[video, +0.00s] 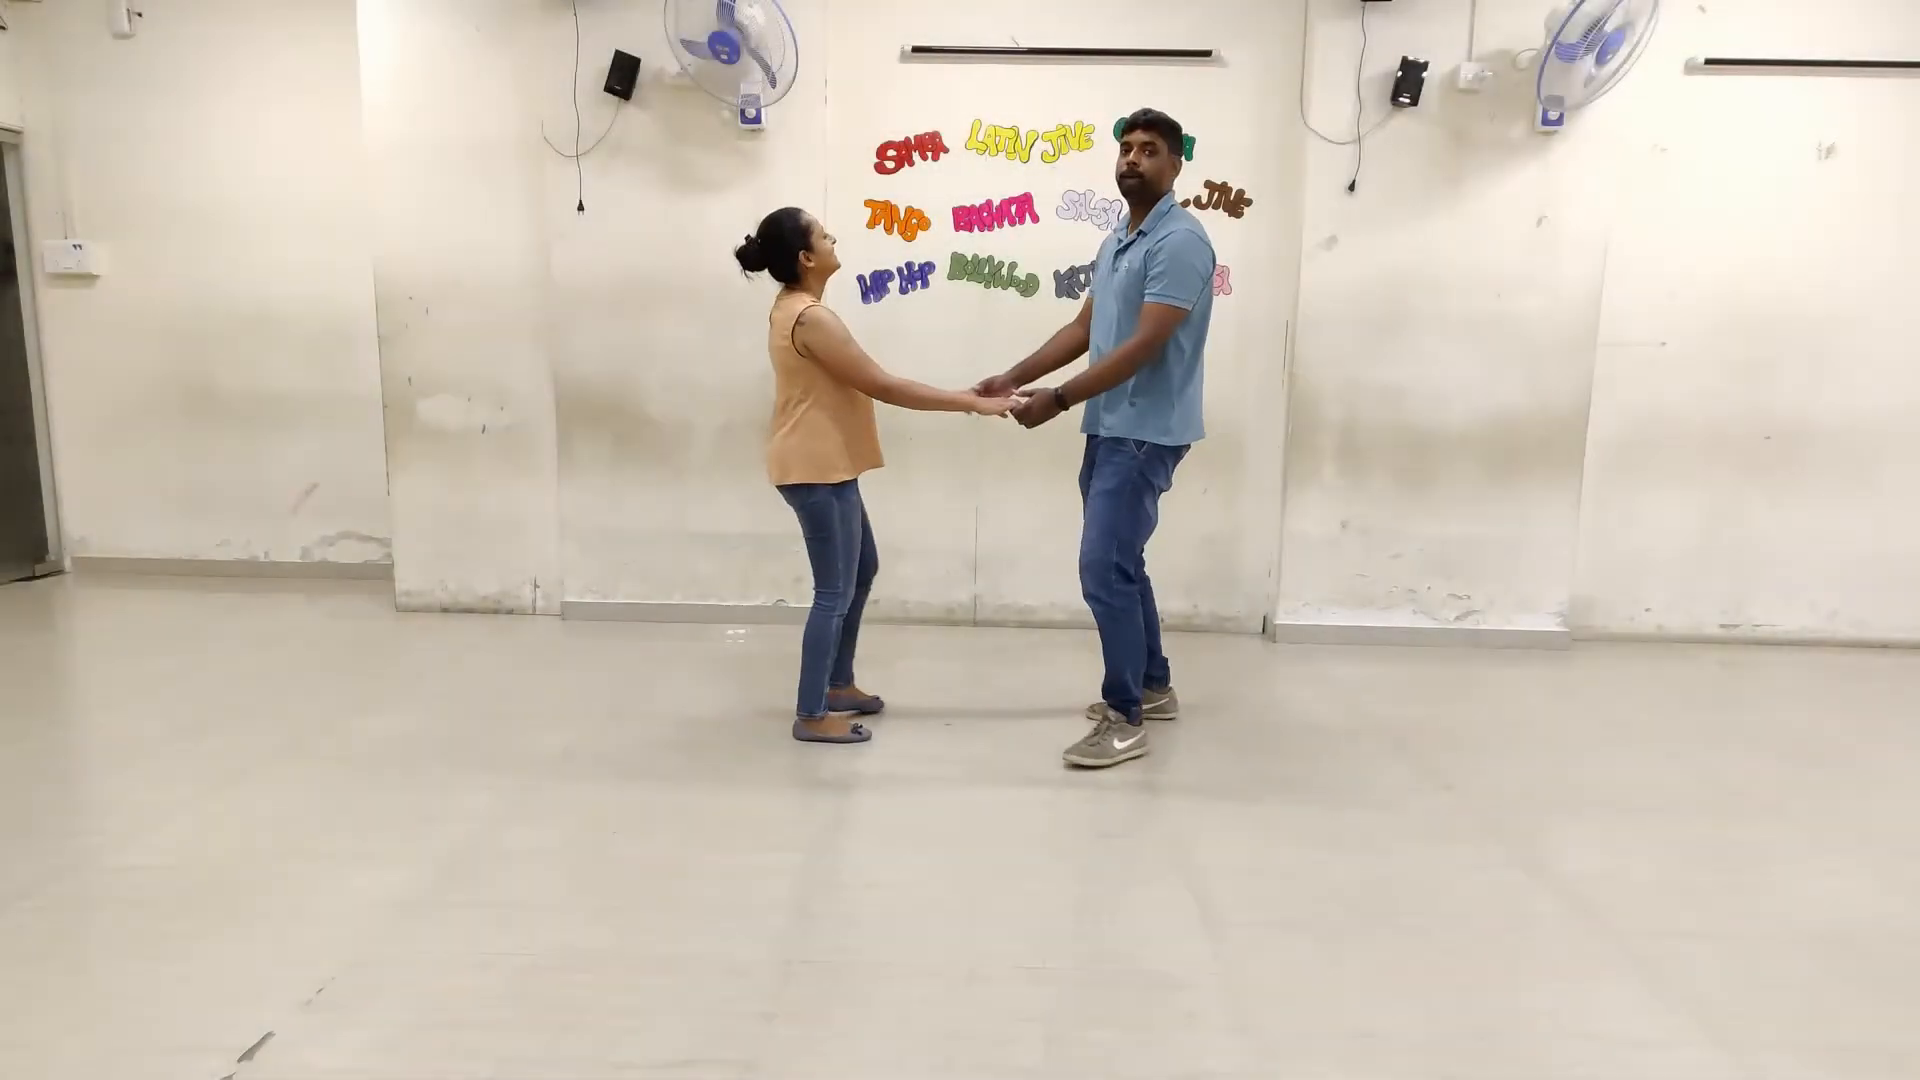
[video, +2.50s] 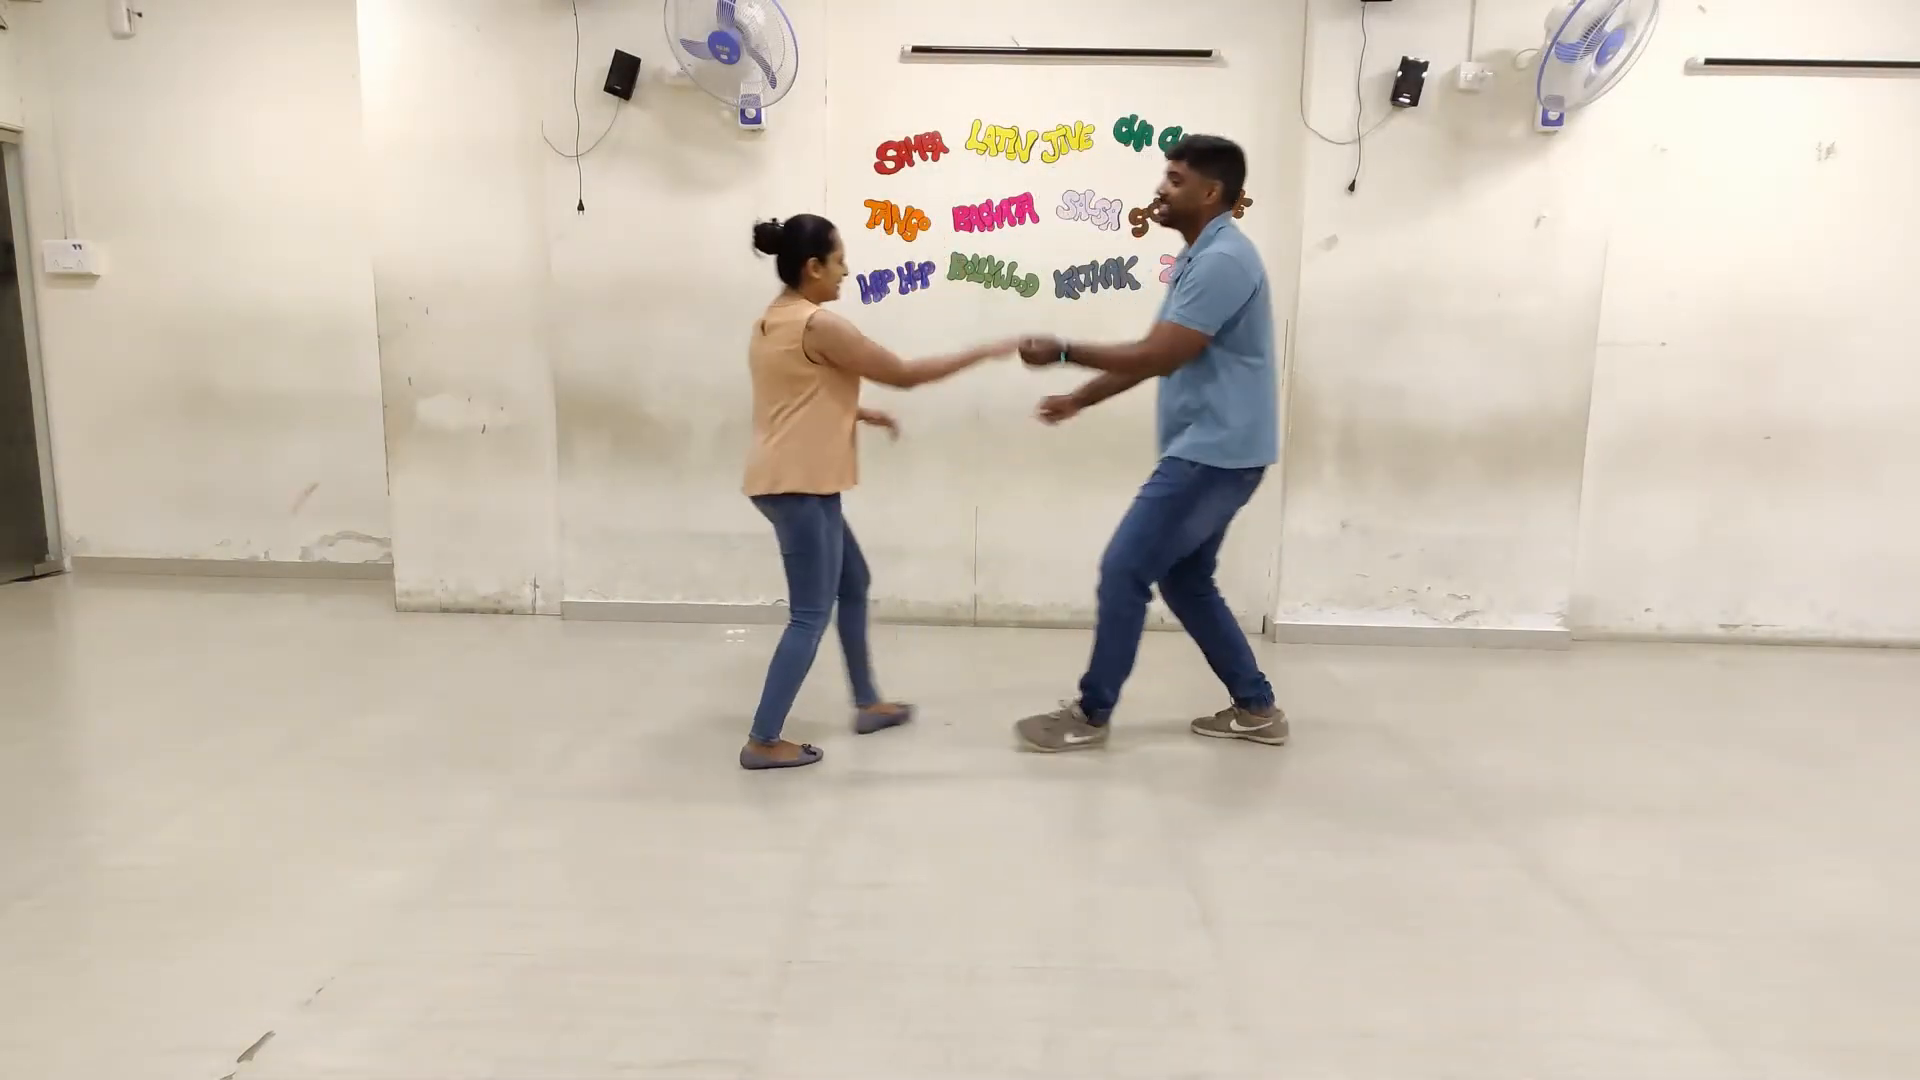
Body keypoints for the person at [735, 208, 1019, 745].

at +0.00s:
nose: (833, 242)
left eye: (827, 234)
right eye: (825, 237)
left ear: (798, 258)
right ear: (806, 256)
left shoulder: (791, 307)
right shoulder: (810, 319)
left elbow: (876, 381)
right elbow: (881, 385)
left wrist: (959, 399)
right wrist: (969, 400)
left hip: (823, 465)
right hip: (815, 469)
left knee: (861, 568)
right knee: (833, 589)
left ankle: (836, 687)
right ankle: (810, 716)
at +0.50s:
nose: (833, 247)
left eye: (830, 238)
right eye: (817, 246)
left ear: (836, 248)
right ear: (795, 269)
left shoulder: (856, 313)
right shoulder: (802, 324)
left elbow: (896, 386)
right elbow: (858, 387)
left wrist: (955, 411)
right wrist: (947, 402)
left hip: (873, 466)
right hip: (830, 473)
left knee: (864, 586)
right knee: (846, 589)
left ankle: (849, 689)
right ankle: (828, 708)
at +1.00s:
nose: (831, 251)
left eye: (827, 242)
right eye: (818, 246)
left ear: (805, 258)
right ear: (790, 261)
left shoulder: (813, 312)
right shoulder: (792, 319)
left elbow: (857, 382)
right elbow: (864, 379)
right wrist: (956, 390)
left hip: (847, 470)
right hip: (817, 475)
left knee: (858, 585)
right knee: (836, 594)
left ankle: (852, 691)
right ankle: (798, 717)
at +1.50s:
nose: (873, 250)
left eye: (869, 241)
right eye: (862, 243)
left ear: (840, 257)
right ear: (832, 256)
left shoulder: (842, 312)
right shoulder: (826, 316)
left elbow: (870, 391)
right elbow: (889, 388)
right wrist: (966, 365)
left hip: (856, 476)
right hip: (822, 478)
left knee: (910, 568)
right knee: (842, 600)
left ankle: (897, 692)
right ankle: (798, 719)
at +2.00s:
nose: (967, 244)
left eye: (963, 235)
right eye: (956, 237)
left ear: (932, 251)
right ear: (929, 250)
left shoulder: (939, 311)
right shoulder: (919, 315)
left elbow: (944, 390)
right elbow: (917, 403)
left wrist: (994, 370)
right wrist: (990, 382)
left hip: (949, 472)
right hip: (926, 476)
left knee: (943, 591)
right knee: (960, 594)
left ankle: (925, 702)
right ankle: (889, 698)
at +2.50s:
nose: (845, 270)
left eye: (843, 261)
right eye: (839, 262)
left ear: (802, 267)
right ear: (812, 268)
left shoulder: (772, 323)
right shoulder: (821, 326)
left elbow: (800, 398)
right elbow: (904, 374)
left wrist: (862, 416)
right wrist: (984, 353)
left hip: (780, 480)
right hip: (803, 486)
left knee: (852, 580)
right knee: (811, 614)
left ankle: (868, 706)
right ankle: (763, 741)